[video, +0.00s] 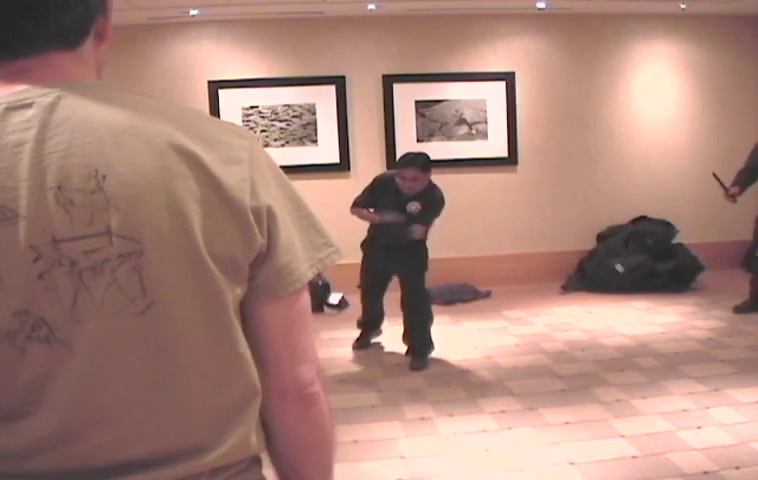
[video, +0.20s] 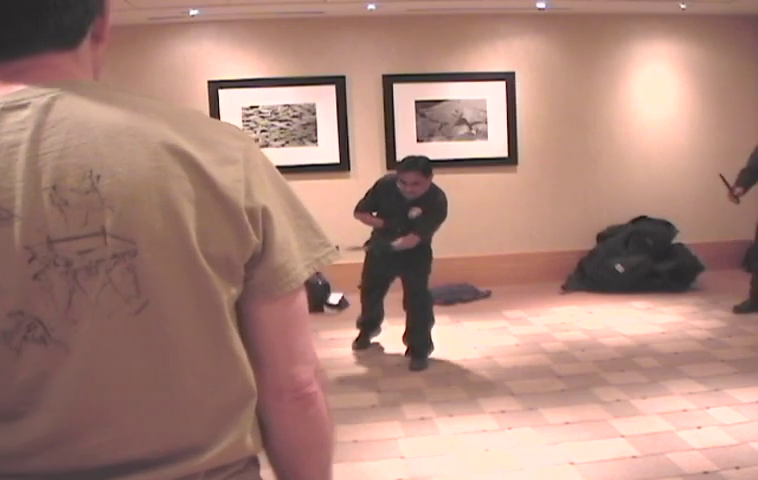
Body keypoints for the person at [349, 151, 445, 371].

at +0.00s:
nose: (407, 184)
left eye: (414, 179)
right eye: (402, 178)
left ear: (427, 176)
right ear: (396, 173)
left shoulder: (434, 197)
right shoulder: (384, 183)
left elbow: (422, 228)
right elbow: (356, 208)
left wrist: (418, 230)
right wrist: (374, 217)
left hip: (411, 250)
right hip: (378, 248)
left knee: (414, 298)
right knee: (369, 291)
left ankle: (418, 350)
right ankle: (368, 329)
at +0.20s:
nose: (408, 189)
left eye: (415, 184)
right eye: (403, 183)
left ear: (429, 180)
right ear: (398, 177)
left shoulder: (437, 200)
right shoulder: (385, 186)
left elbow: (419, 235)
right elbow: (359, 212)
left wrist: (393, 244)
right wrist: (381, 224)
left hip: (415, 250)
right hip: (381, 247)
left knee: (417, 299)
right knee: (370, 291)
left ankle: (418, 351)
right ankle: (367, 329)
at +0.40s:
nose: (408, 189)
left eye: (415, 184)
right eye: (403, 183)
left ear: (428, 181)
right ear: (397, 177)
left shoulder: (437, 201)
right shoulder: (384, 187)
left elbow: (423, 237)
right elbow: (359, 216)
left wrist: (399, 248)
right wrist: (380, 228)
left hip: (415, 251)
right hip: (382, 247)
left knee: (417, 300)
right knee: (370, 292)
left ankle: (418, 351)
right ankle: (368, 329)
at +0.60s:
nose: (405, 185)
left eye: (412, 179)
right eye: (400, 179)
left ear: (423, 177)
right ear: (393, 175)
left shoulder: (433, 198)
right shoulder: (380, 186)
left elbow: (436, 234)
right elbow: (356, 214)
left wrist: (410, 242)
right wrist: (372, 225)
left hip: (413, 253)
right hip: (379, 250)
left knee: (416, 300)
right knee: (370, 292)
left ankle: (418, 351)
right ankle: (371, 331)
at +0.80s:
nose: (397, 179)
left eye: (403, 174)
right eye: (392, 174)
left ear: (414, 171)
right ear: (384, 171)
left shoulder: (422, 191)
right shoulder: (371, 185)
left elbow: (443, 219)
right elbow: (349, 215)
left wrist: (420, 234)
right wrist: (374, 223)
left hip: (406, 250)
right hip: (373, 250)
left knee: (413, 300)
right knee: (369, 295)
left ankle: (419, 349)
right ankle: (374, 334)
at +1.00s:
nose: (390, 176)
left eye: (395, 170)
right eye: (384, 170)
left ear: (404, 167)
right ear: (375, 169)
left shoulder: (413, 187)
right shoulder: (361, 184)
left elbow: (428, 208)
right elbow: (341, 215)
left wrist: (410, 226)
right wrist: (368, 223)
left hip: (397, 248)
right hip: (363, 248)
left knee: (406, 296)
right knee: (364, 294)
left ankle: (419, 343)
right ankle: (373, 333)